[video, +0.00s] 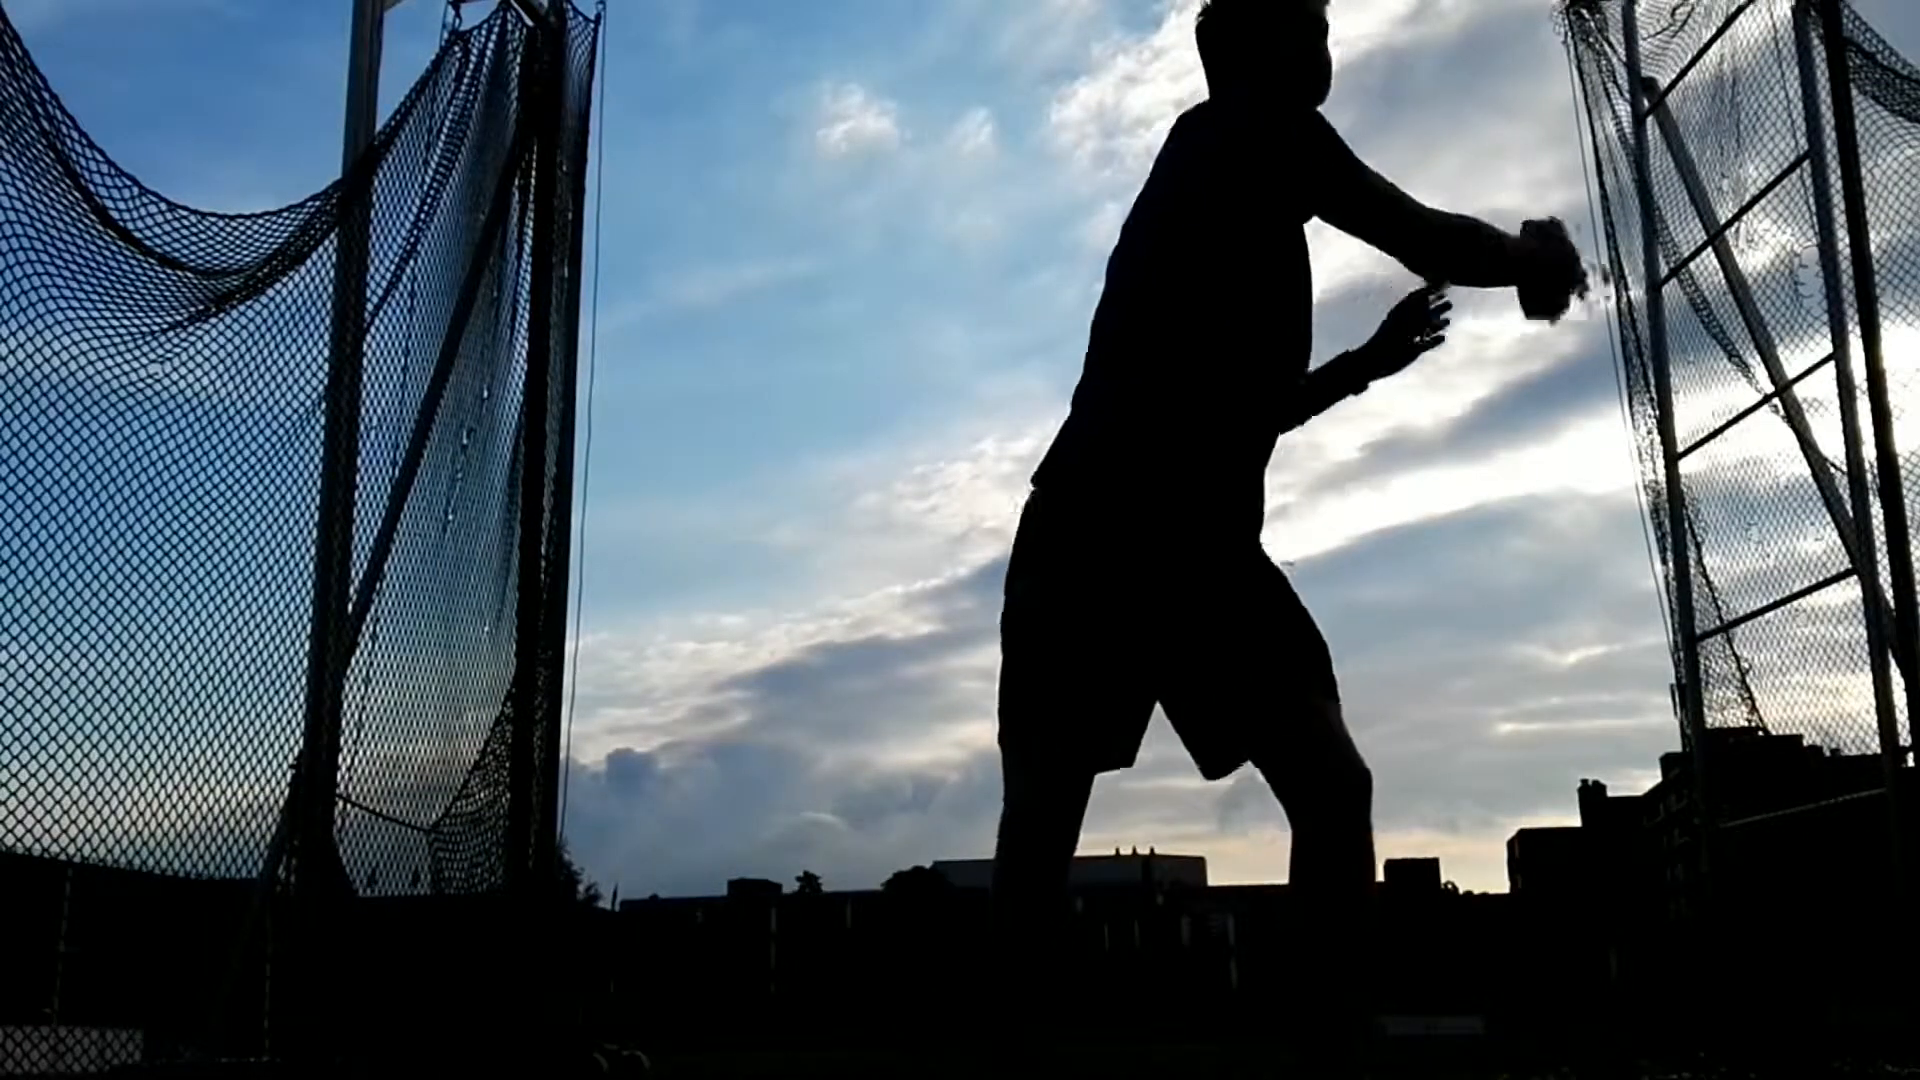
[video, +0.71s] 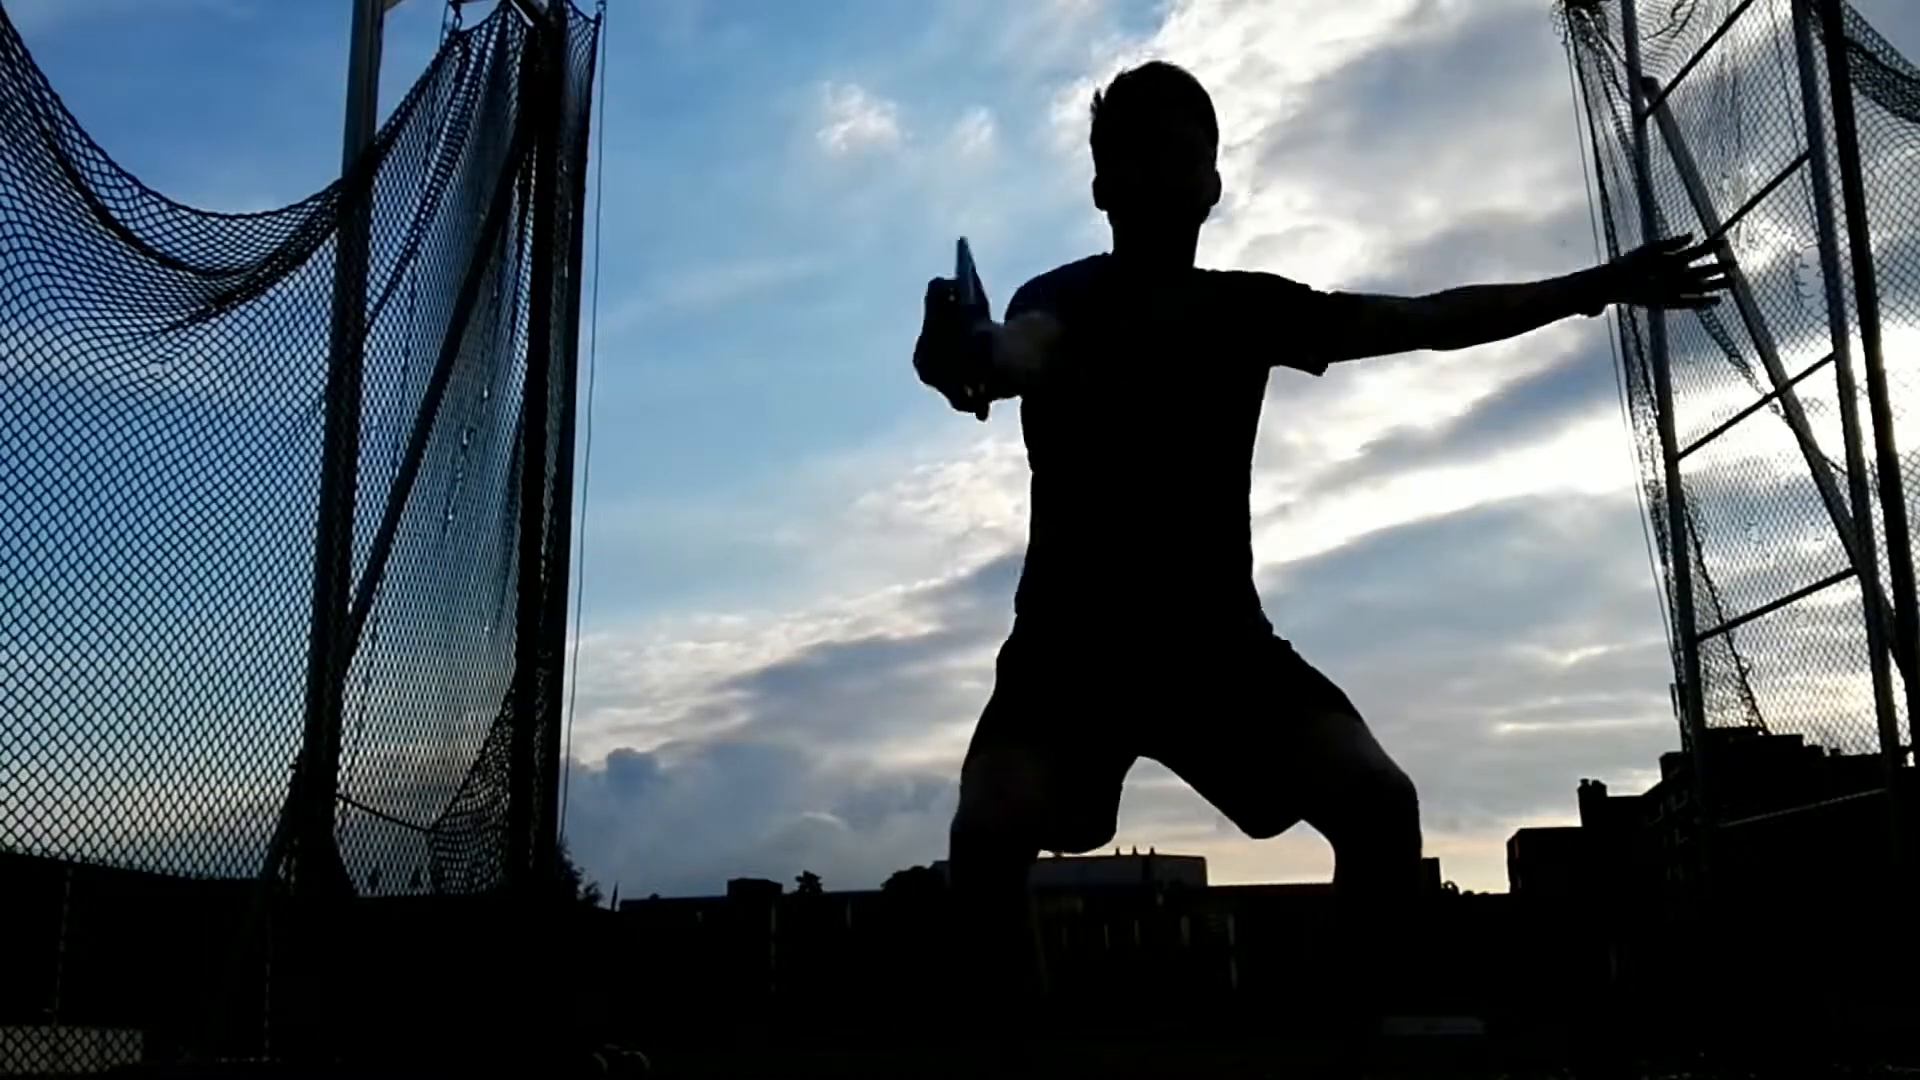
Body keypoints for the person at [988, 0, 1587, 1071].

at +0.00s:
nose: (1328, 58)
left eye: (1324, 34)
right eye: (1311, 34)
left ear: (1223, 52)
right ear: (1262, 42)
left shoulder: (1197, 188)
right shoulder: (1265, 131)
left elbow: (1242, 414)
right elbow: (1419, 239)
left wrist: (1369, 359)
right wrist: (1523, 259)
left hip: (1074, 535)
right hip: (1191, 538)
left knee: (1035, 827)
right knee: (1331, 792)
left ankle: (1005, 1060)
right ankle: (1327, 1047)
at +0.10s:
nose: (1313, 72)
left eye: (1310, 47)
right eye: (1292, 45)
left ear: (1207, 66)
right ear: (1230, 58)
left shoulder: (1182, 199)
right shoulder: (1245, 159)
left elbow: (1230, 433)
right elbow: (1413, 250)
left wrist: (1375, 387)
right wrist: (1570, 277)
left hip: (1064, 549)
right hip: (1172, 551)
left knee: (1026, 842)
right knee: (1335, 793)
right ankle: (1332, 1052)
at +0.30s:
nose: (1283, 110)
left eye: (1283, 89)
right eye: (1264, 88)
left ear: (1197, 109)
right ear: (1211, 101)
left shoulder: (1206, 255)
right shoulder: (1188, 218)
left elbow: (1289, 420)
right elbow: (1383, 286)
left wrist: (1442, 397)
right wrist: (1568, 295)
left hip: (1170, 575)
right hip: (1089, 569)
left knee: (1346, 802)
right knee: (1007, 851)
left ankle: (1337, 1052)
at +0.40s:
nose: (1246, 136)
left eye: (1254, 112)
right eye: (1216, 112)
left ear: (1268, 130)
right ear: (1166, 125)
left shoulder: (1223, 271)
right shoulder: (1151, 246)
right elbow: (1321, 389)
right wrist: (1486, 368)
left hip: (1179, 589)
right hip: (1066, 583)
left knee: (1356, 801)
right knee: (995, 847)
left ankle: (1339, 1046)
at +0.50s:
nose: (1230, 154)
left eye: (1237, 131)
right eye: (1203, 130)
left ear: (1249, 152)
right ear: (1146, 146)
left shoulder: (1235, 297)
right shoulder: (1115, 269)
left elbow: (1368, 381)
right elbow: (1249, 328)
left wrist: (1523, 362)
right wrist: (1371, 308)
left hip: (1188, 606)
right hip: (1067, 601)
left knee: (1367, 803)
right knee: (985, 836)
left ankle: (1349, 1043)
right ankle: (989, 1050)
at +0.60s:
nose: (1210, 169)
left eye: (1219, 145)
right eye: (1180, 144)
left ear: (1235, 165)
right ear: (1120, 164)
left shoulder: (1242, 293)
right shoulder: (1079, 285)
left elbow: (1395, 348)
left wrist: (1572, 322)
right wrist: (1237, 288)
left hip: (1199, 627)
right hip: (1062, 629)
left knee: (1375, 807)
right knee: (983, 846)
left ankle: (1354, 1048)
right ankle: (996, 1064)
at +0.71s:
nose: (1184, 172)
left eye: (1196, 150)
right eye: (1153, 148)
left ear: (1216, 171)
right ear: (1103, 169)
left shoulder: (1252, 309)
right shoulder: (1057, 306)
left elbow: (1439, 317)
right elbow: (1006, 361)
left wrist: (1605, 285)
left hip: (1218, 649)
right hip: (1070, 654)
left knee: (1380, 808)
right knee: (986, 842)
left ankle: (1368, 1046)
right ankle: (998, 1068)